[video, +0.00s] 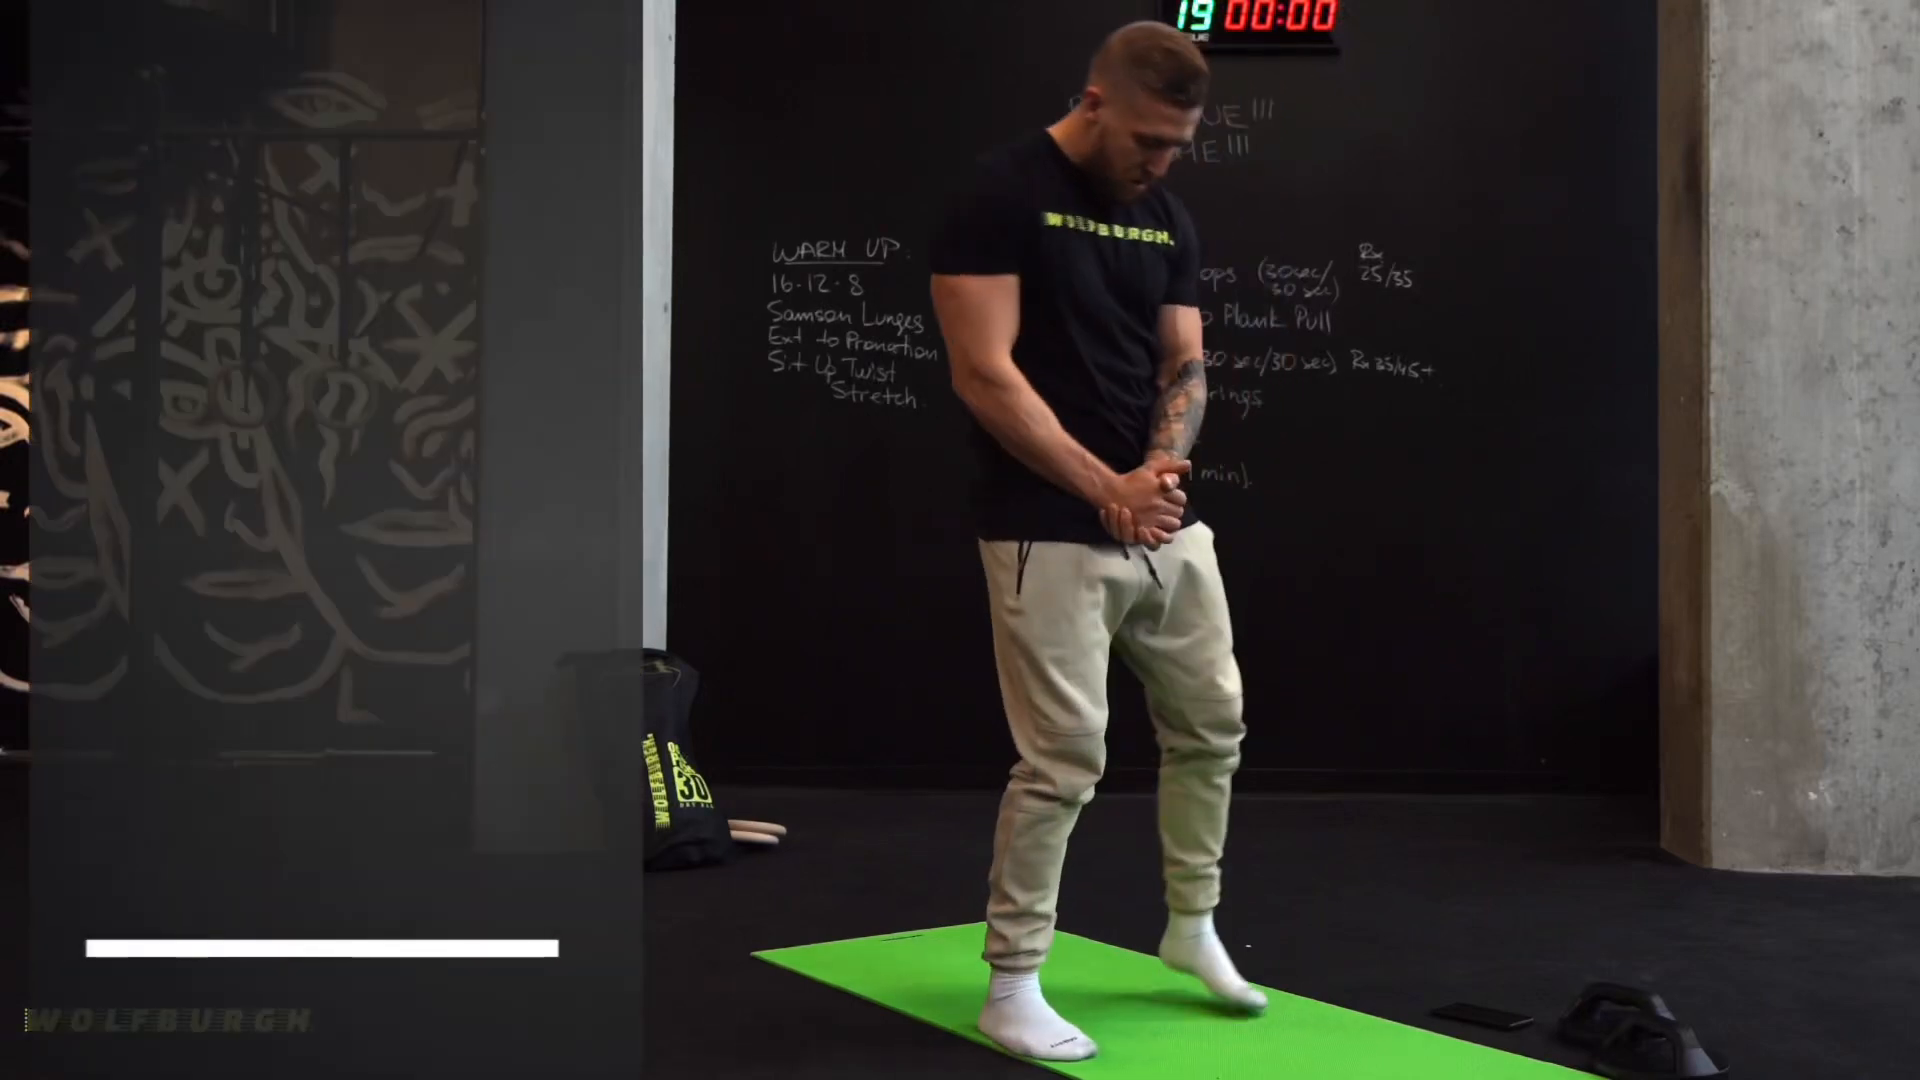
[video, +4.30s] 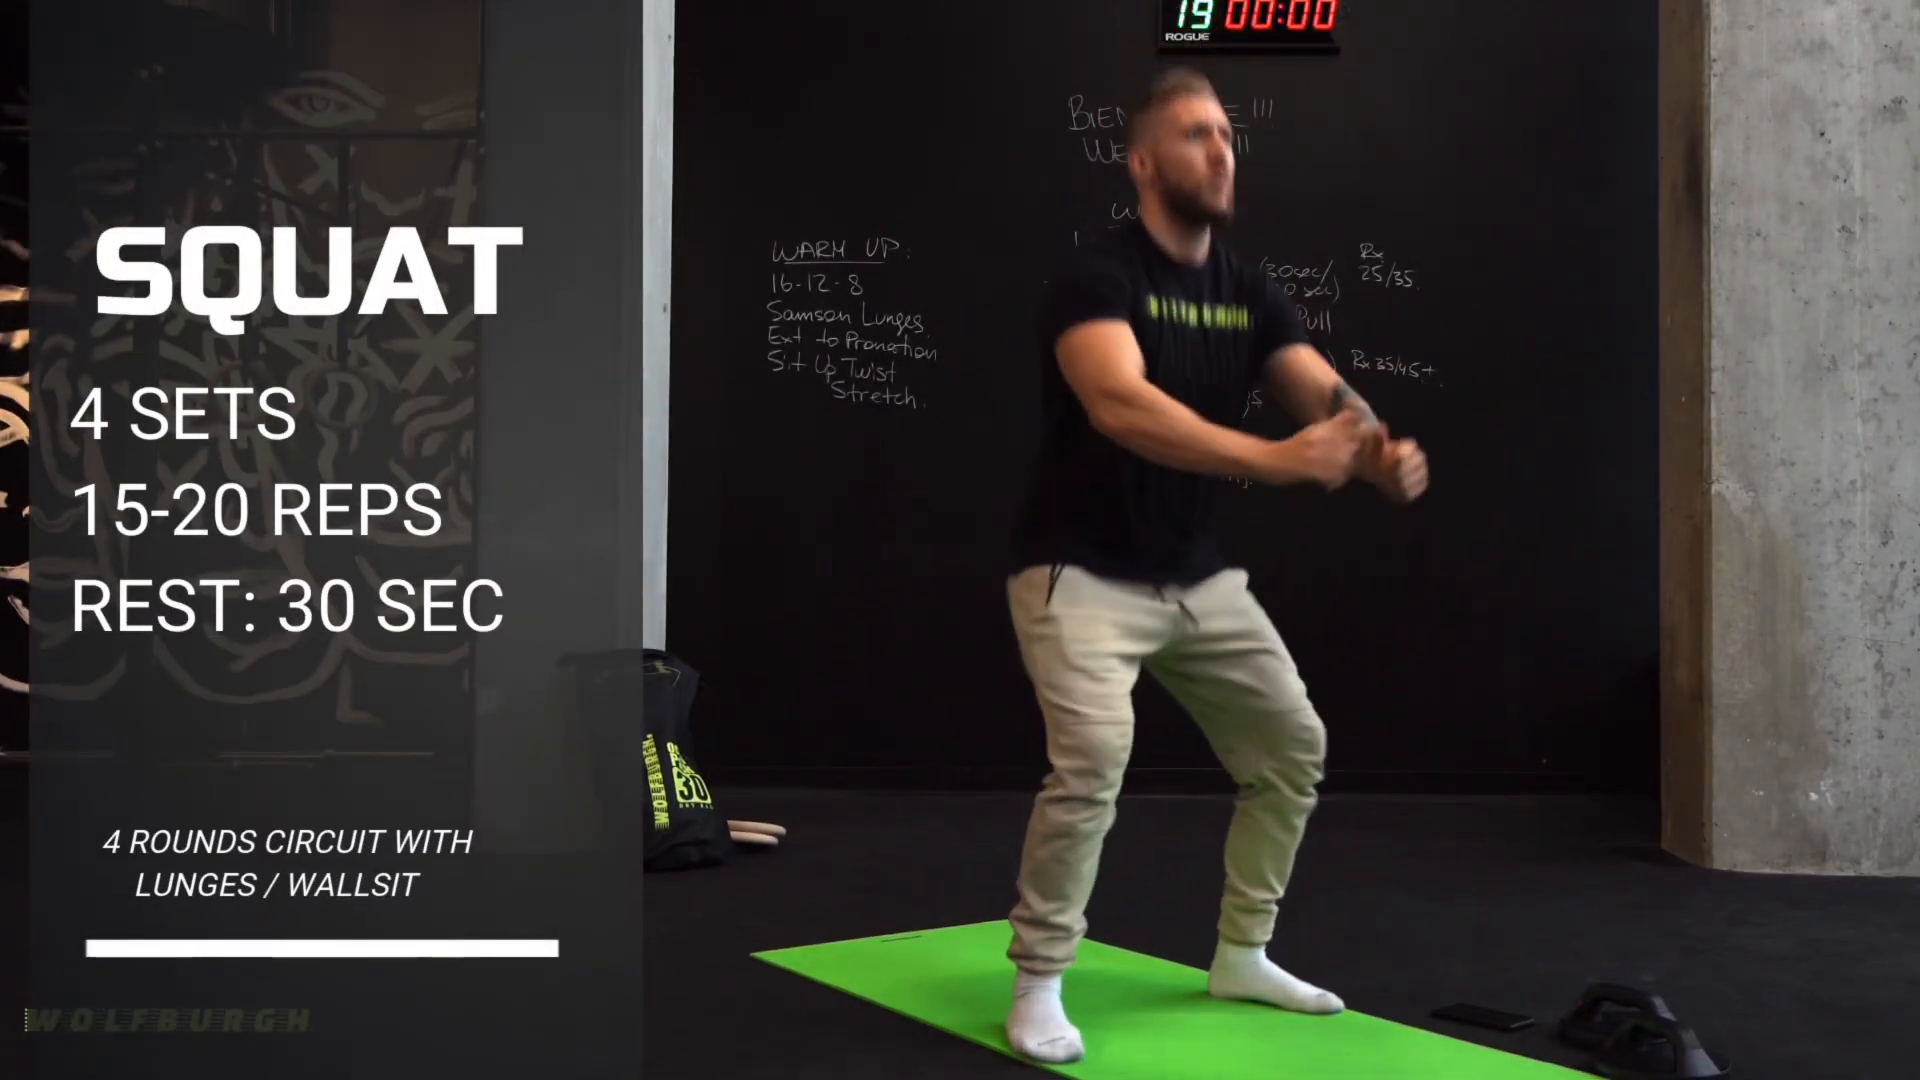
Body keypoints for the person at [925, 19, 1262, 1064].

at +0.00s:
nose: (1163, 166)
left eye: (1177, 147)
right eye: (1148, 143)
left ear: (1187, 128)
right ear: (1092, 102)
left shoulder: (1163, 212)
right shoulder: (1000, 195)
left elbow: (1185, 366)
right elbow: (982, 374)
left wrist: (1161, 471)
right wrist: (1103, 489)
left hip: (1161, 524)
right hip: (1047, 534)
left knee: (1209, 728)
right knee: (1062, 756)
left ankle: (1189, 930)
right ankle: (1014, 988)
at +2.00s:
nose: (1232, 95)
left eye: (1239, 79)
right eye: (1211, 76)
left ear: (1244, 96)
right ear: (1154, 89)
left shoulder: (1251, 232)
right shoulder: (1095, 200)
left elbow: (1288, 352)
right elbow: (1101, 344)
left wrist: (1292, 405)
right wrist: (1232, 423)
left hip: (1236, 528)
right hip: (1123, 523)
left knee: (1235, 747)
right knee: (1090, 749)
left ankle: (1237, 955)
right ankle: (1037, 980)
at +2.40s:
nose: (1214, 167)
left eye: (1220, 151)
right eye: (1189, 151)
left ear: (1227, 169)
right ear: (1135, 172)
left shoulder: (1238, 293)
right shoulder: (1086, 277)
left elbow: (1324, 368)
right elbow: (1148, 364)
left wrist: (1387, 366)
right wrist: (1314, 364)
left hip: (1180, 578)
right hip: (1066, 577)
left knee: (1286, 744)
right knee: (1088, 756)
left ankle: (1241, 955)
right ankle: (1036, 982)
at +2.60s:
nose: (1224, 319)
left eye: (1230, 303)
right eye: (1201, 303)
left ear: (1240, 320)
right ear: (1144, 325)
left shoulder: (1240, 426)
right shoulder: (1103, 413)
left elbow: (1368, 462)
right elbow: (1174, 454)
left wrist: (1403, 406)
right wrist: (1346, 386)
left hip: (1167, 667)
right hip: (1050, 668)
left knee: (1309, 750)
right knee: (1090, 760)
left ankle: (1243, 959)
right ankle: (1038, 988)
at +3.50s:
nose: (1212, 170)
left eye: (1217, 155)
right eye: (1188, 155)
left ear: (1224, 174)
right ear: (1132, 174)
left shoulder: (1239, 294)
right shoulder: (1087, 287)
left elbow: (1315, 407)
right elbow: (1113, 425)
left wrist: (1353, 485)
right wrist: (1257, 506)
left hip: (1207, 585)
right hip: (1087, 584)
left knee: (1297, 751)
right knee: (1114, 758)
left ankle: (1242, 959)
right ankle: (1043, 984)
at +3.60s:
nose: (1206, 113)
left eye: (1211, 98)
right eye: (1181, 99)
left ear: (1220, 119)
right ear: (1127, 122)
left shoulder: (1236, 250)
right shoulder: (1082, 234)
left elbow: (1296, 384)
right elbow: (1072, 391)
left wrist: (1324, 493)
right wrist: (1174, 515)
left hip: (1210, 555)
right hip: (1093, 554)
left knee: (1278, 746)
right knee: (1107, 754)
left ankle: (1242, 958)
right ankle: (1041, 982)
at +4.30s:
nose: (1221, 152)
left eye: (1226, 136)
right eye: (1196, 136)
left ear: (1232, 155)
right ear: (1141, 160)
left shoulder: (1245, 288)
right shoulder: (1092, 274)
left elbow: (1323, 393)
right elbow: (1120, 405)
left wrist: (1379, 454)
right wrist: (1276, 458)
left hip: (1198, 577)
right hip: (1080, 573)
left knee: (1291, 750)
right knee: (1092, 760)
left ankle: (1241, 958)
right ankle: (1039, 982)